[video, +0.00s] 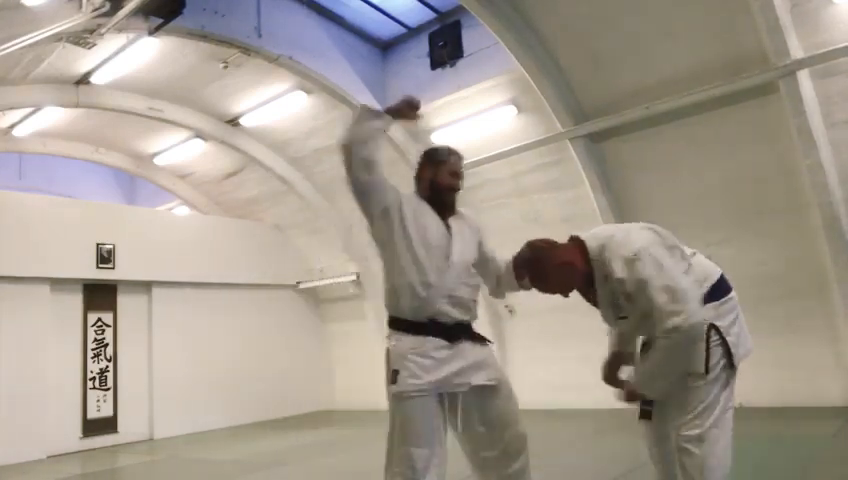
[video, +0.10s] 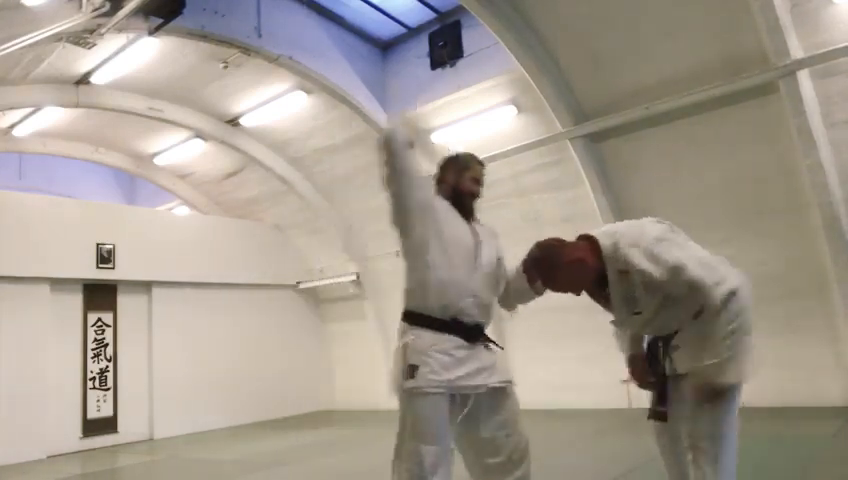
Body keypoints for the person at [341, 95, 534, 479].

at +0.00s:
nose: (459, 179)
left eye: (461, 174)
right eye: (451, 171)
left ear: (461, 182)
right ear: (423, 174)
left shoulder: (467, 229)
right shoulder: (395, 211)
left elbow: (498, 280)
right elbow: (357, 154)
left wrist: (526, 262)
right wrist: (386, 114)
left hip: (467, 348)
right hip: (413, 348)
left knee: (505, 448)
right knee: (416, 464)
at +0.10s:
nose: (478, 186)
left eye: (481, 182)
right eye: (472, 178)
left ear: (480, 188)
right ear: (445, 176)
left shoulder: (487, 238)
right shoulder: (423, 211)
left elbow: (509, 296)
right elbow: (395, 152)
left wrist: (539, 268)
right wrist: (405, 131)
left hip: (477, 352)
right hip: (428, 347)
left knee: (506, 456)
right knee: (424, 462)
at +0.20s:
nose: (497, 190)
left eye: (499, 186)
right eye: (491, 182)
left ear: (493, 193)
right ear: (471, 181)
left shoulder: (489, 245)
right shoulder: (449, 214)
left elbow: (504, 296)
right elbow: (451, 181)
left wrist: (537, 272)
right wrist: (462, 152)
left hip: (483, 350)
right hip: (441, 342)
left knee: (508, 450)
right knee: (437, 459)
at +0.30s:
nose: (504, 199)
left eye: (505, 193)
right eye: (499, 191)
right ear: (480, 187)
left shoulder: (495, 249)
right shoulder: (456, 208)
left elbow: (507, 293)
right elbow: (514, 207)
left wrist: (547, 267)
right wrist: (556, 176)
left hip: (484, 346)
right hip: (447, 336)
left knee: (507, 450)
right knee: (448, 458)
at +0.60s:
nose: (507, 193)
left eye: (511, 187)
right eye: (502, 184)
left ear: (509, 193)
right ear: (483, 183)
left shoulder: (503, 244)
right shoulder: (450, 215)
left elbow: (529, 279)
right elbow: (466, 187)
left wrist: (572, 262)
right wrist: (497, 158)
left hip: (484, 347)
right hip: (439, 341)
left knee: (511, 450)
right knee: (438, 459)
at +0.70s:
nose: (491, 193)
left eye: (495, 189)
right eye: (485, 184)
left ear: (495, 193)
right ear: (463, 181)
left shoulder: (497, 239)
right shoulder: (436, 216)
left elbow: (534, 264)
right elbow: (445, 174)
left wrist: (584, 251)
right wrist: (458, 136)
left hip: (479, 351)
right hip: (430, 345)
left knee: (513, 452)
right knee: (423, 460)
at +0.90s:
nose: (438, 199)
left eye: (444, 194)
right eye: (431, 190)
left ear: (449, 201)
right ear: (412, 192)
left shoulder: (454, 247)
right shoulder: (389, 237)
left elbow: (496, 279)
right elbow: (386, 181)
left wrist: (546, 287)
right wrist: (419, 157)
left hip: (448, 365)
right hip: (396, 364)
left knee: (500, 454)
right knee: (401, 465)